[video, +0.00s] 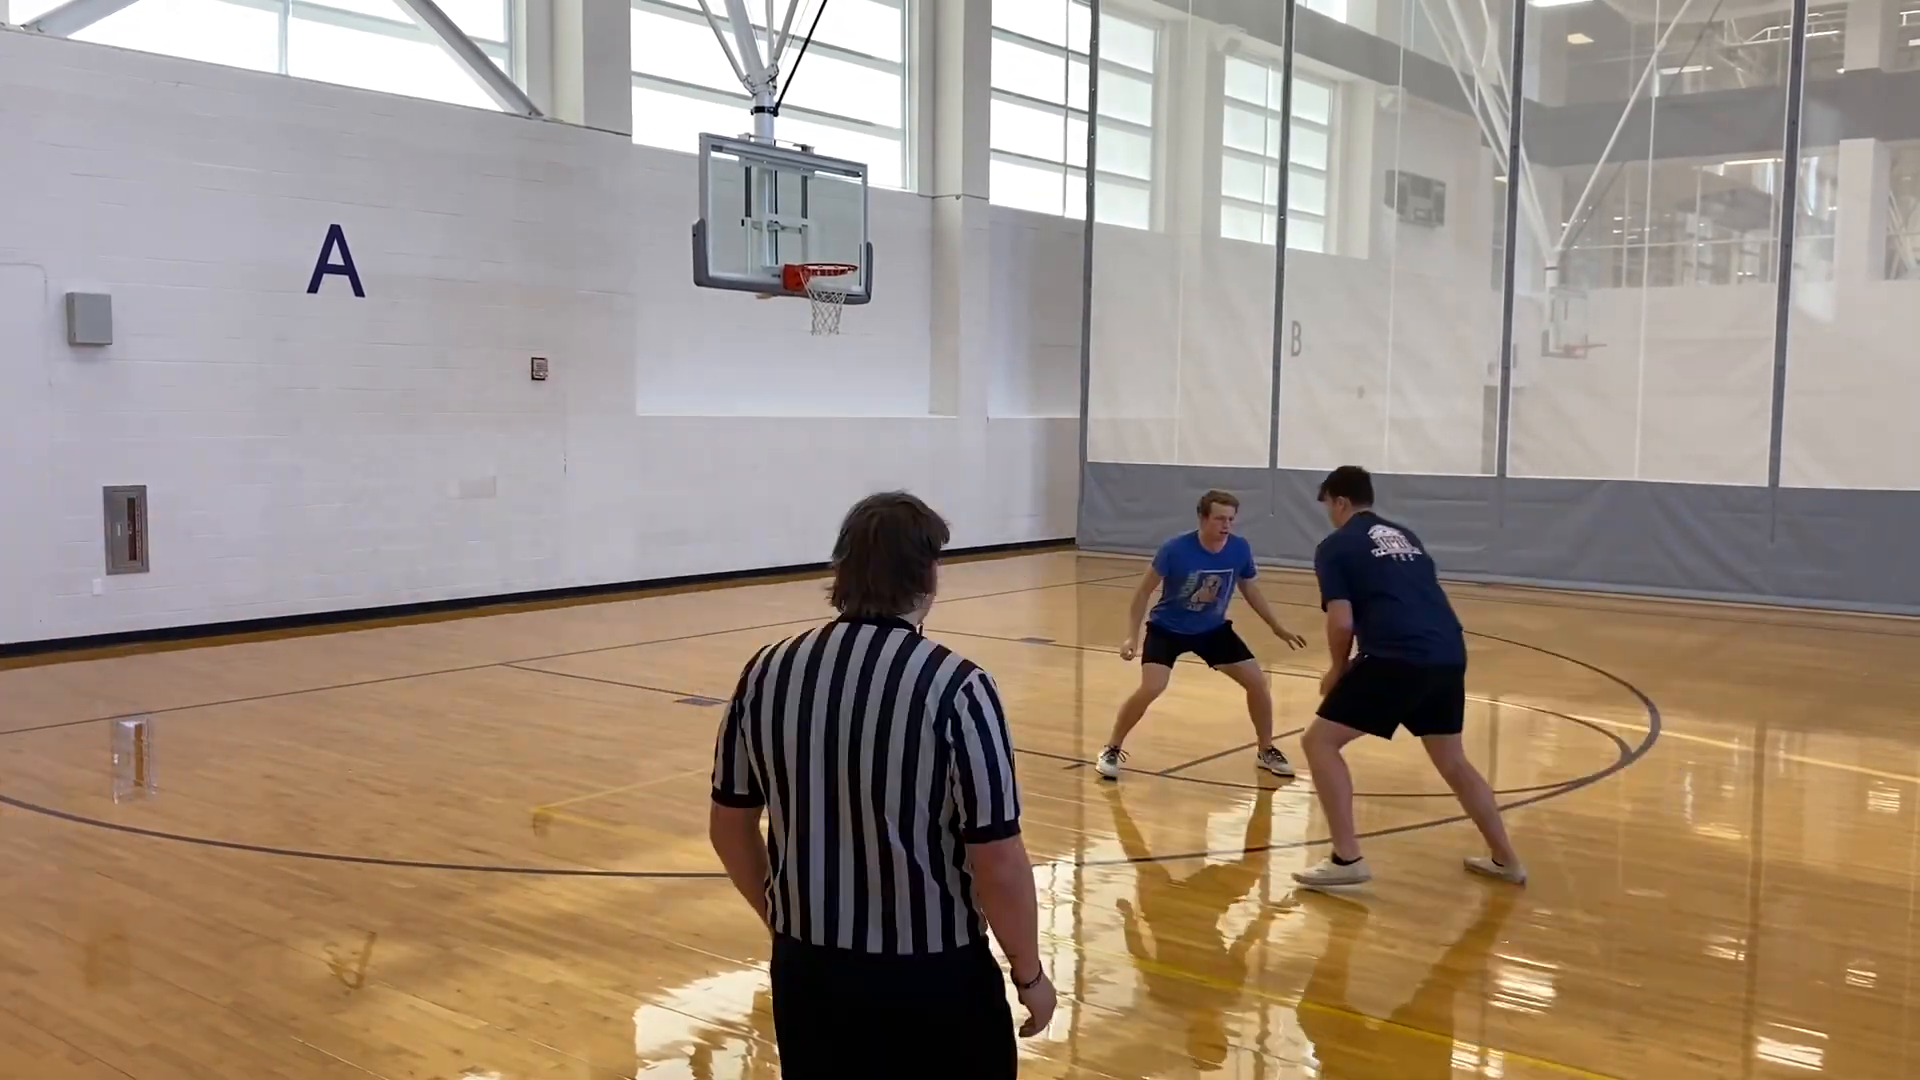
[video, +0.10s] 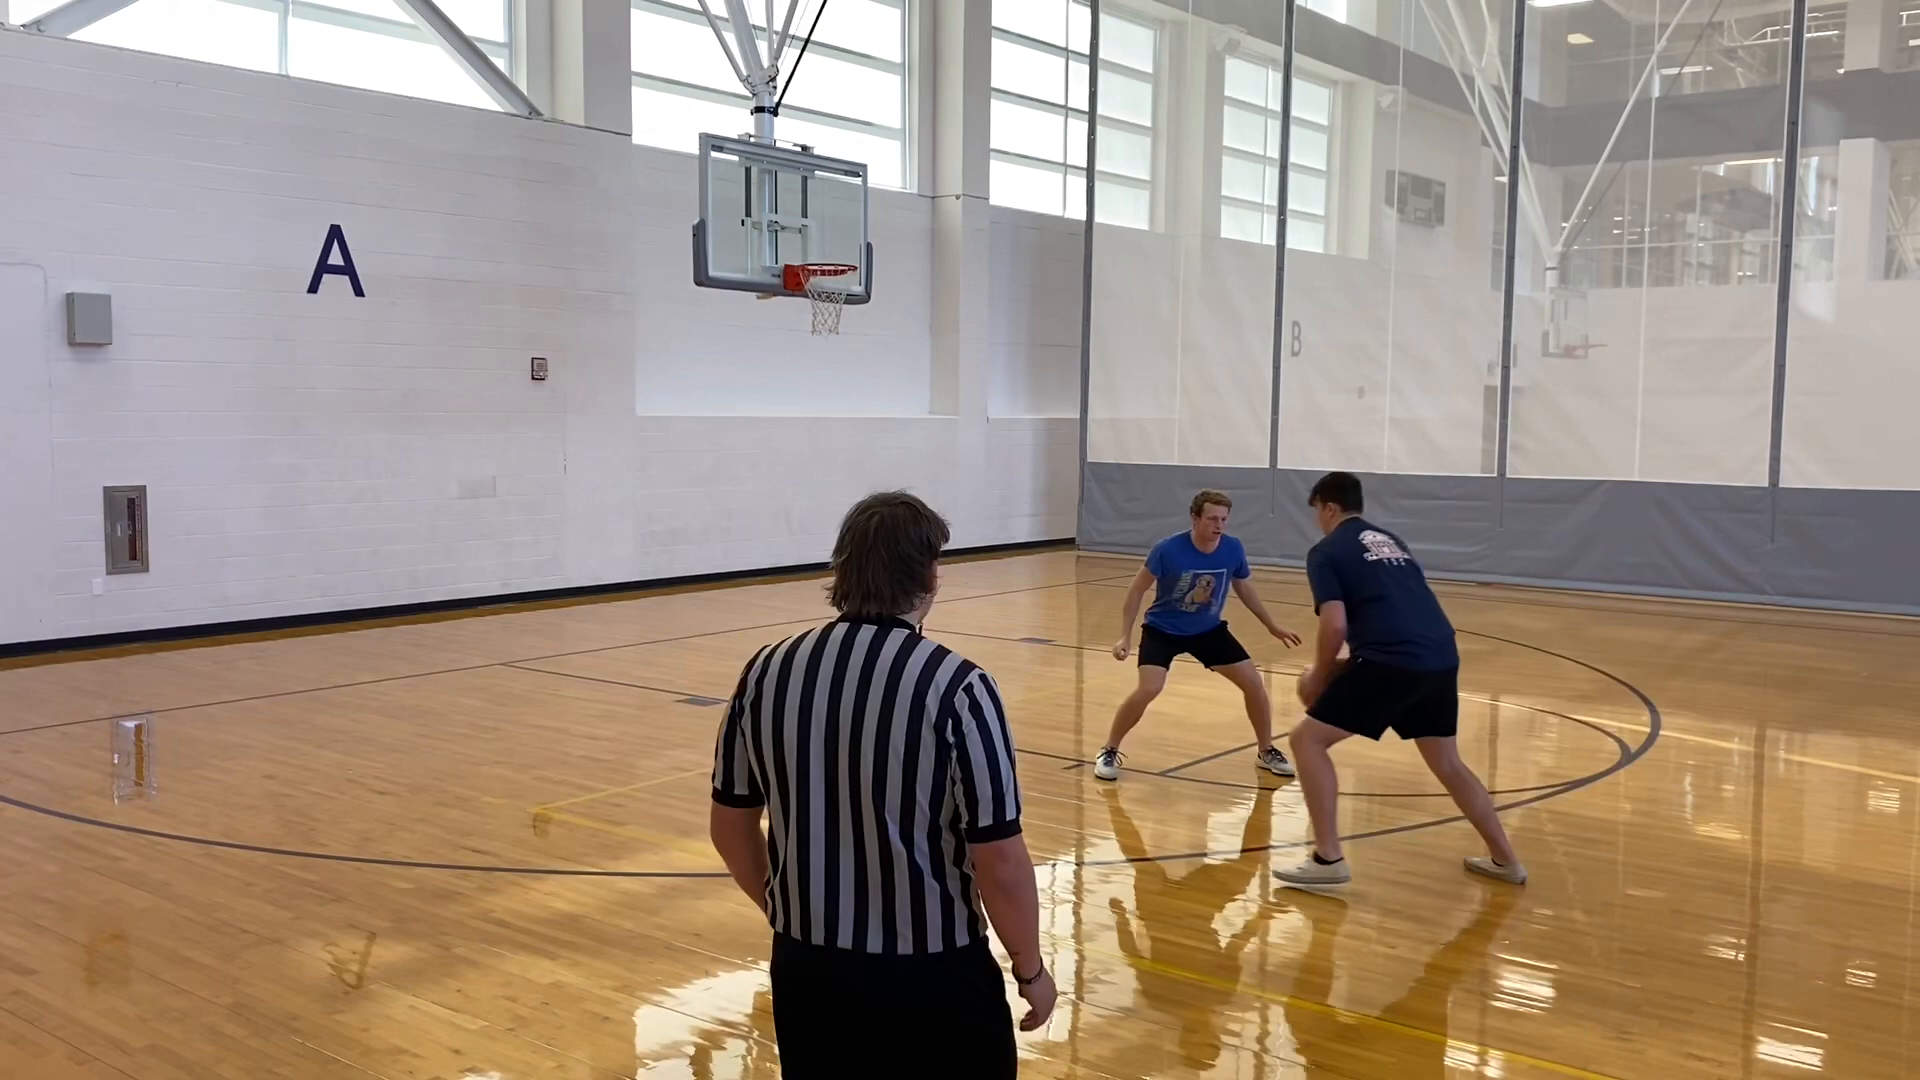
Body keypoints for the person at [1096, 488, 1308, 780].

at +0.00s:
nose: (1226, 526)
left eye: (1230, 520)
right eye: (1220, 519)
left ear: (1234, 521)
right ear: (1202, 517)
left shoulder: (1239, 550)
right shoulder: (1174, 550)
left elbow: (1251, 591)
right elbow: (1144, 591)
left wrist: (1278, 628)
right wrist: (1133, 636)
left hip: (1213, 630)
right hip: (1168, 629)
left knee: (1257, 682)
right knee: (1152, 686)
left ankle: (1267, 751)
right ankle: (1112, 749)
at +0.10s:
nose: (1219, 525)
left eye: (1224, 519)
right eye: (1213, 518)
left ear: (1228, 521)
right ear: (1195, 518)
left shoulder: (1232, 550)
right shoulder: (1167, 550)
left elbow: (1244, 588)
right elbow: (1137, 589)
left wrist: (1272, 627)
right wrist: (1126, 636)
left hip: (1208, 631)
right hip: (1163, 630)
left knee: (1254, 683)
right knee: (1149, 688)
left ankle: (1266, 752)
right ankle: (1110, 750)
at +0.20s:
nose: (1210, 524)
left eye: (1215, 518)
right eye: (1204, 517)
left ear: (1219, 520)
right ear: (1186, 517)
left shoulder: (1223, 549)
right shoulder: (1159, 550)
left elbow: (1236, 587)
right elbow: (1129, 589)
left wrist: (1265, 624)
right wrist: (1117, 636)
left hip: (1203, 631)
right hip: (1157, 631)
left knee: (1249, 684)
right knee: (1145, 688)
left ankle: (1267, 752)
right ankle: (1108, 752)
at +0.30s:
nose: (1200, 521)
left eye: (1205, 516)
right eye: (1194, 515)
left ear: (1209, 517)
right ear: (1177, 514)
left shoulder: (1213, 546)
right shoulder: (1150, 547)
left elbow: (1227, 585)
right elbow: (1118, 585)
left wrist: (1256, 622)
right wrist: (1106, 632)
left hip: (1196, 630)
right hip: (1150, 630)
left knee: (1244, 685)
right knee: (1139, 686)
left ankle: (1267, 752)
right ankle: (1108, 752)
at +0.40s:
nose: (1190, 517)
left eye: (1194, 512)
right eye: (1183, 511)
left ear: (1198, 513)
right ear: (1166, 511)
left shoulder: (1203, 542)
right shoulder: (1139, 544)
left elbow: (1215, 581)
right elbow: (1106, 581)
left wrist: (1245, 619)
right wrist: (1095, 628)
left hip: (1187, 628)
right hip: (1141, 627)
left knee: (1232, 682)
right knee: (1132, 684)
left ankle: (1267, 747)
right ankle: (1107, 751)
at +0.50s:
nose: (1178, 512)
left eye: (1183, 507)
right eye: (1172, 506)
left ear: (1187, 508)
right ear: (1155, 506)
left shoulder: (1192, 538)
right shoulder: (1127, 538)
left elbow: (1205, 577)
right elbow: (1094, 574)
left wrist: (1235, 618)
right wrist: (1082, 623)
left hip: (1177, 624)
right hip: (1131, 623)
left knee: (1220, 681)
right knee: (1126, 681)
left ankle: (1263, 746)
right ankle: (1106, 752)